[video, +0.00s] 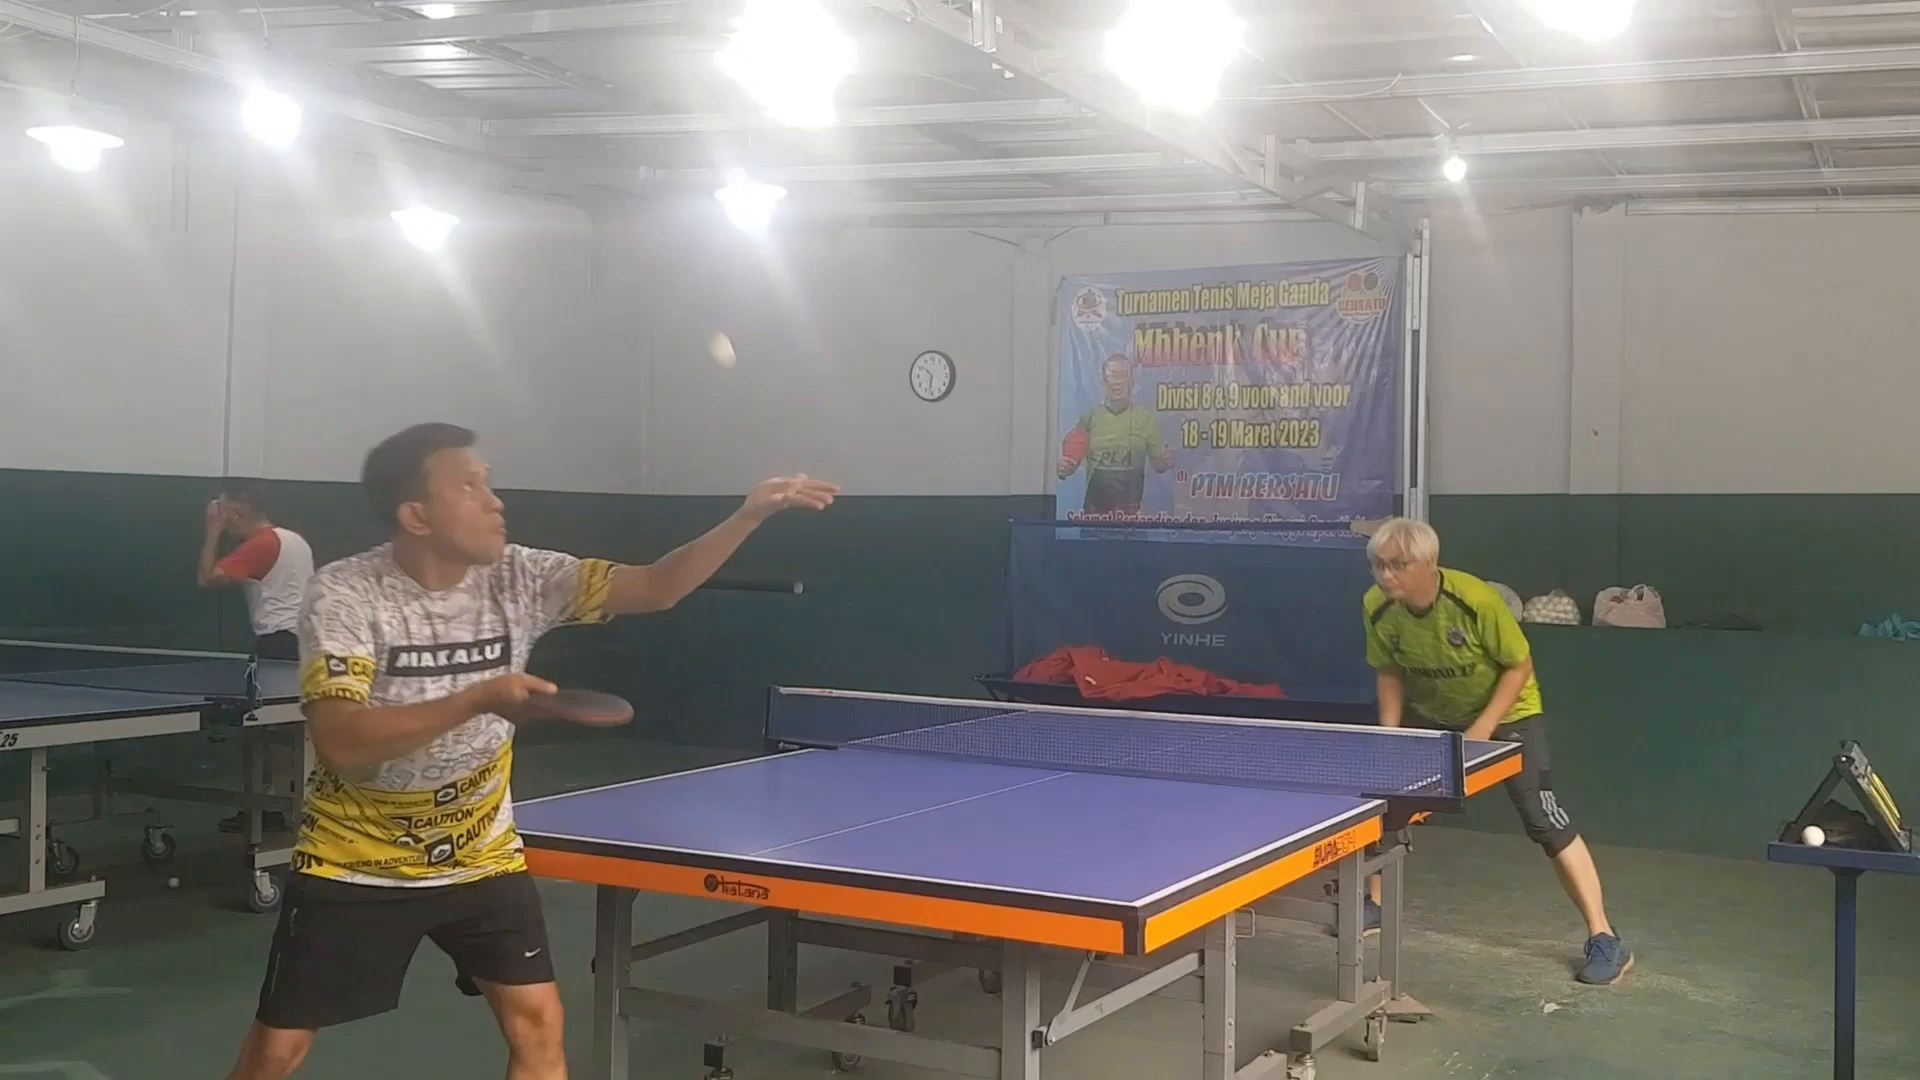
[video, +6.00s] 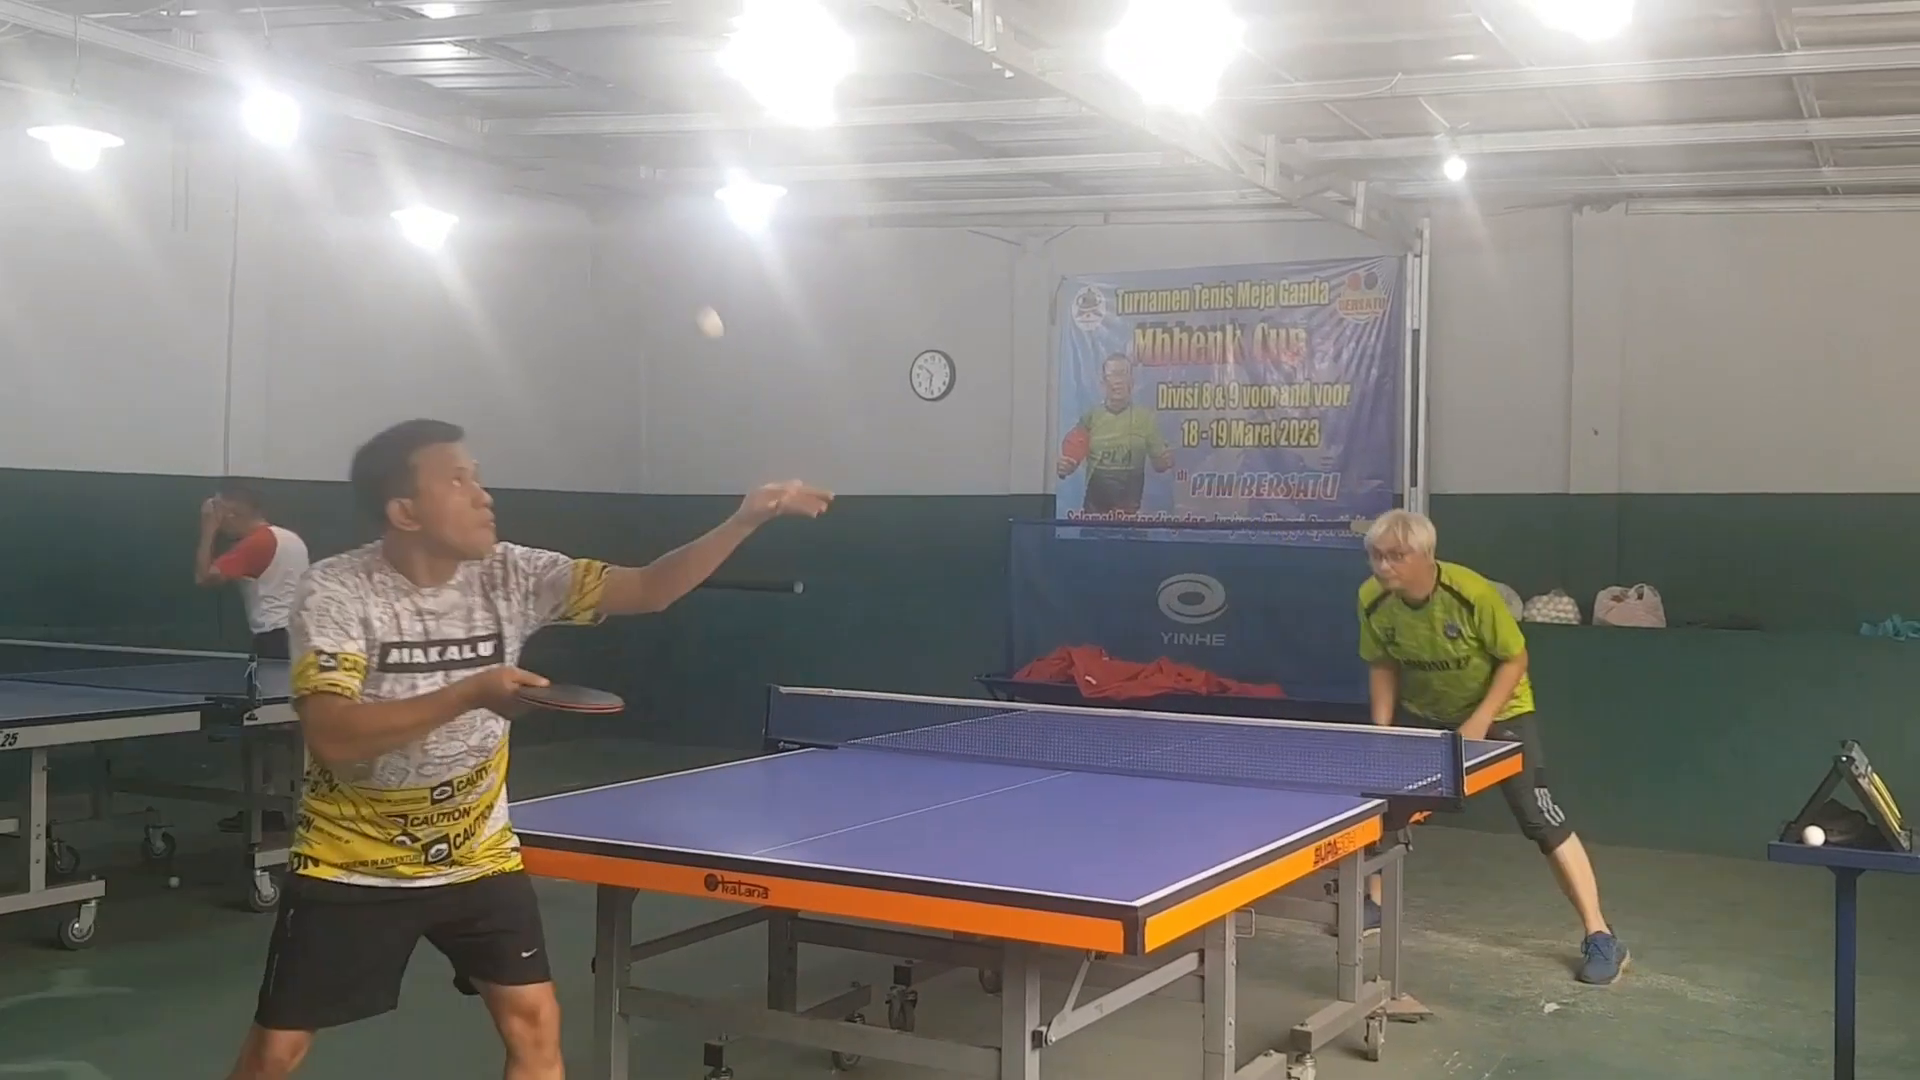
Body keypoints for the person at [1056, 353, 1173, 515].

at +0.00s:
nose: (1117, 382)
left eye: (1122, 376)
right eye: (1111, 376)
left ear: (1131, 380)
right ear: (1103, 380)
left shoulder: (1144, 418)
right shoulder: (1091, 418)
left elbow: (1157, 463)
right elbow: (1073, 453)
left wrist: (1165, 461)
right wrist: (1064, 468)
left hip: (1129, 504)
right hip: (1096, 505)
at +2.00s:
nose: (1120, 375)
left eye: (1126, 369)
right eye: (1114, 369)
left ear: (1134, 374)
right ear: (1106, 374)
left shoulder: (1147, 412)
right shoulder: (1094, 411)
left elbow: (1161, 456)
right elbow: (1077, 445)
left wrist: (1168, 454)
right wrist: (1066, 460)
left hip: (1132, 498)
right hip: (1098, 499)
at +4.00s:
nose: (1118, 377)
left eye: (1124, 370)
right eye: (1113, 370)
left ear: (1133, 375)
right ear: (1105, 376)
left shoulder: (1146, 413)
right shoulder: (1093, 412)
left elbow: (1161, 457)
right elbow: (1076, 446)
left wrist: (1167, 455)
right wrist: (1066, 462)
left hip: (1132, 498)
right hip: (1098, 499)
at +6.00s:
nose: (1116, 381)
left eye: (1122, 374)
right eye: (1110, 375)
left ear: (1131, 380)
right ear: (1103, 381)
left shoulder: (1145, 418)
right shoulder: (1091, 419)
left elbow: (1158, 463)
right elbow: (1074, 449)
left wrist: (1165, 460)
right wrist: (1065, 466)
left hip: (1129, 507)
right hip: (1095, 508)